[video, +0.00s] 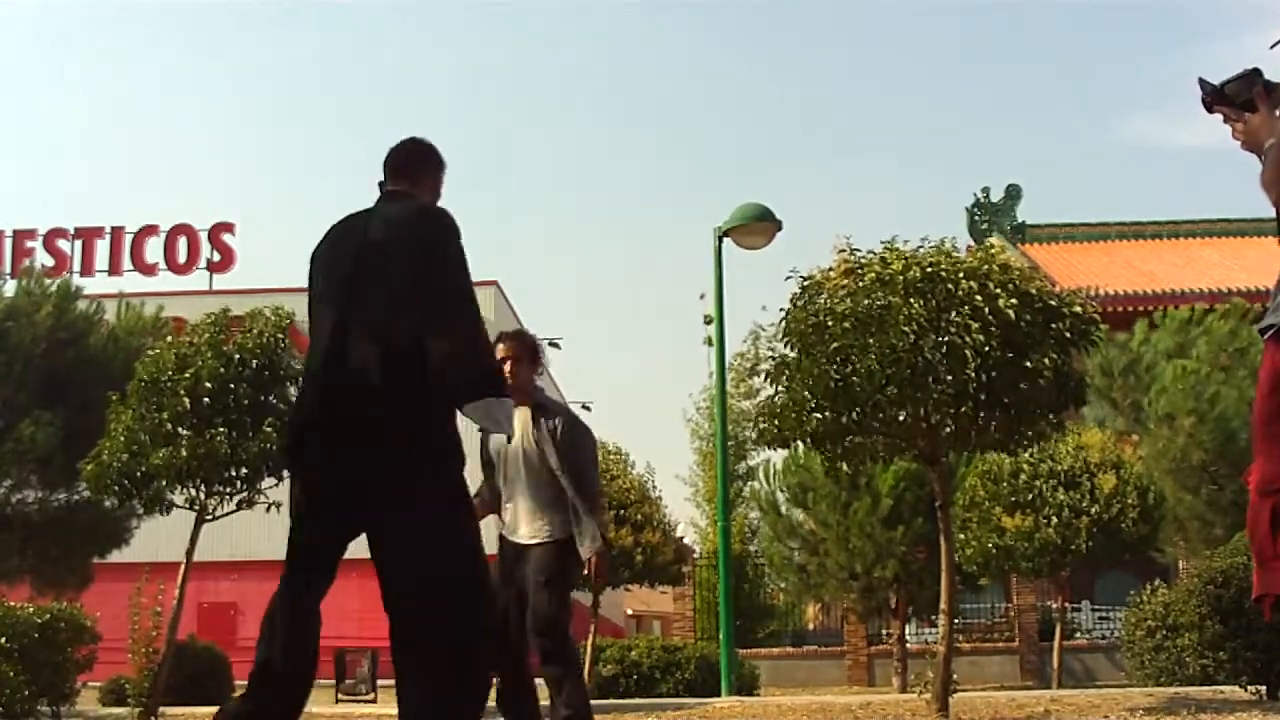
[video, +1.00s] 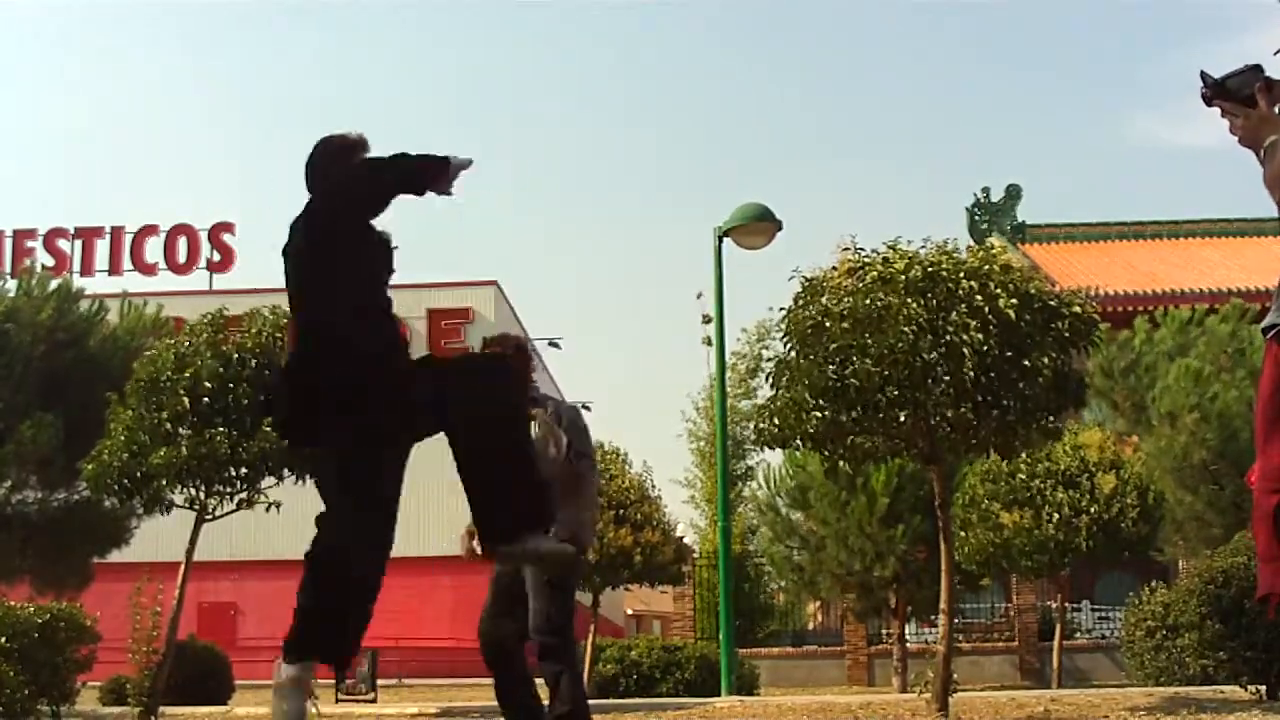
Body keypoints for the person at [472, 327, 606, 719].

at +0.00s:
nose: (504, 369)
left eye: (512, 361)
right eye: (499, 363)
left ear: (534, 366)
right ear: (495, 370)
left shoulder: (561, 423)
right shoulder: (494, 425)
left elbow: (585, 488)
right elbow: (494, 488)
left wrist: (593, 542)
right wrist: (467, 513)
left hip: (552, 542)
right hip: (510, 542)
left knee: (547, 632)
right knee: (509, 638)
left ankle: (572, 712)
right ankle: (518, 713)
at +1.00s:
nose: (498, 373)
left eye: (505, 363)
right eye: (492, 366)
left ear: (526, 366)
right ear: (486, 372)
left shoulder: (558, 413)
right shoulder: (494, 417)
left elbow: (579, 479)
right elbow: (490, 475)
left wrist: (570, 534)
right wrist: (478, 525)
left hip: (556, 537)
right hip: (513, 538)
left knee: (551, 639)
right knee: (497, 635)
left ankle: (571, 710)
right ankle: (522, 711)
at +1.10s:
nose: (495, 392)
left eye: (504, 383)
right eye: (489, 384)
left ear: (527, 386)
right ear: (483, 389)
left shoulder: (561, 430)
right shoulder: (495, 436)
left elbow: (539, 493)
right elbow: (500, 504)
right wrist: (464, 540)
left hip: (562, 550)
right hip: (517, 551)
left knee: (543, 639)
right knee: (486, 639)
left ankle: (567, 711)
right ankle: (519, 713)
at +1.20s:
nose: (493, 413)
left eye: (501, 404)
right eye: (492, 405)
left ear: (524, 403)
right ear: (493, 409)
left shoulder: (549, 446)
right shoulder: (508, 453)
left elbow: (526, 498)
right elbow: (490, 521)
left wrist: (465, 506)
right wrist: (447, 535)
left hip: (555, 562)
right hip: (527, 563)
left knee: (532, 639)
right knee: (485, 637)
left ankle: (566, 713)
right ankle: (504, 714)